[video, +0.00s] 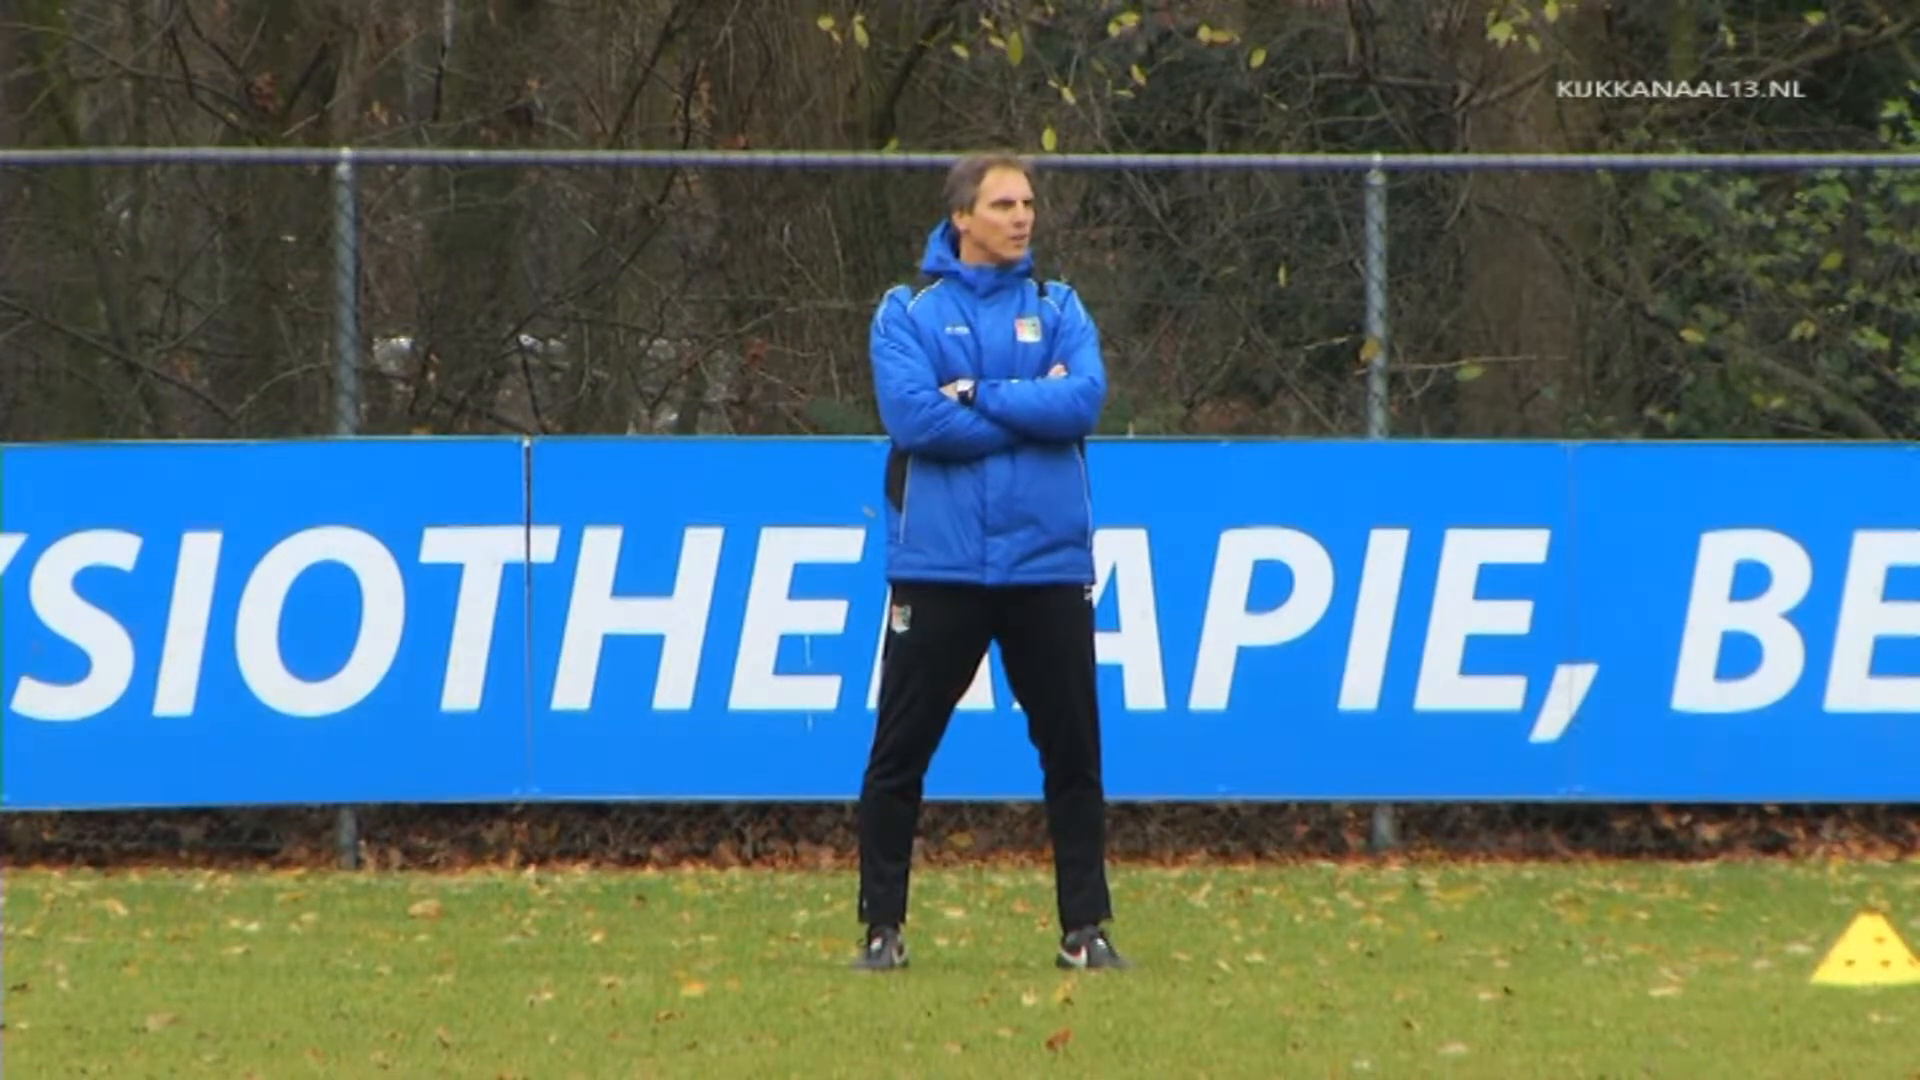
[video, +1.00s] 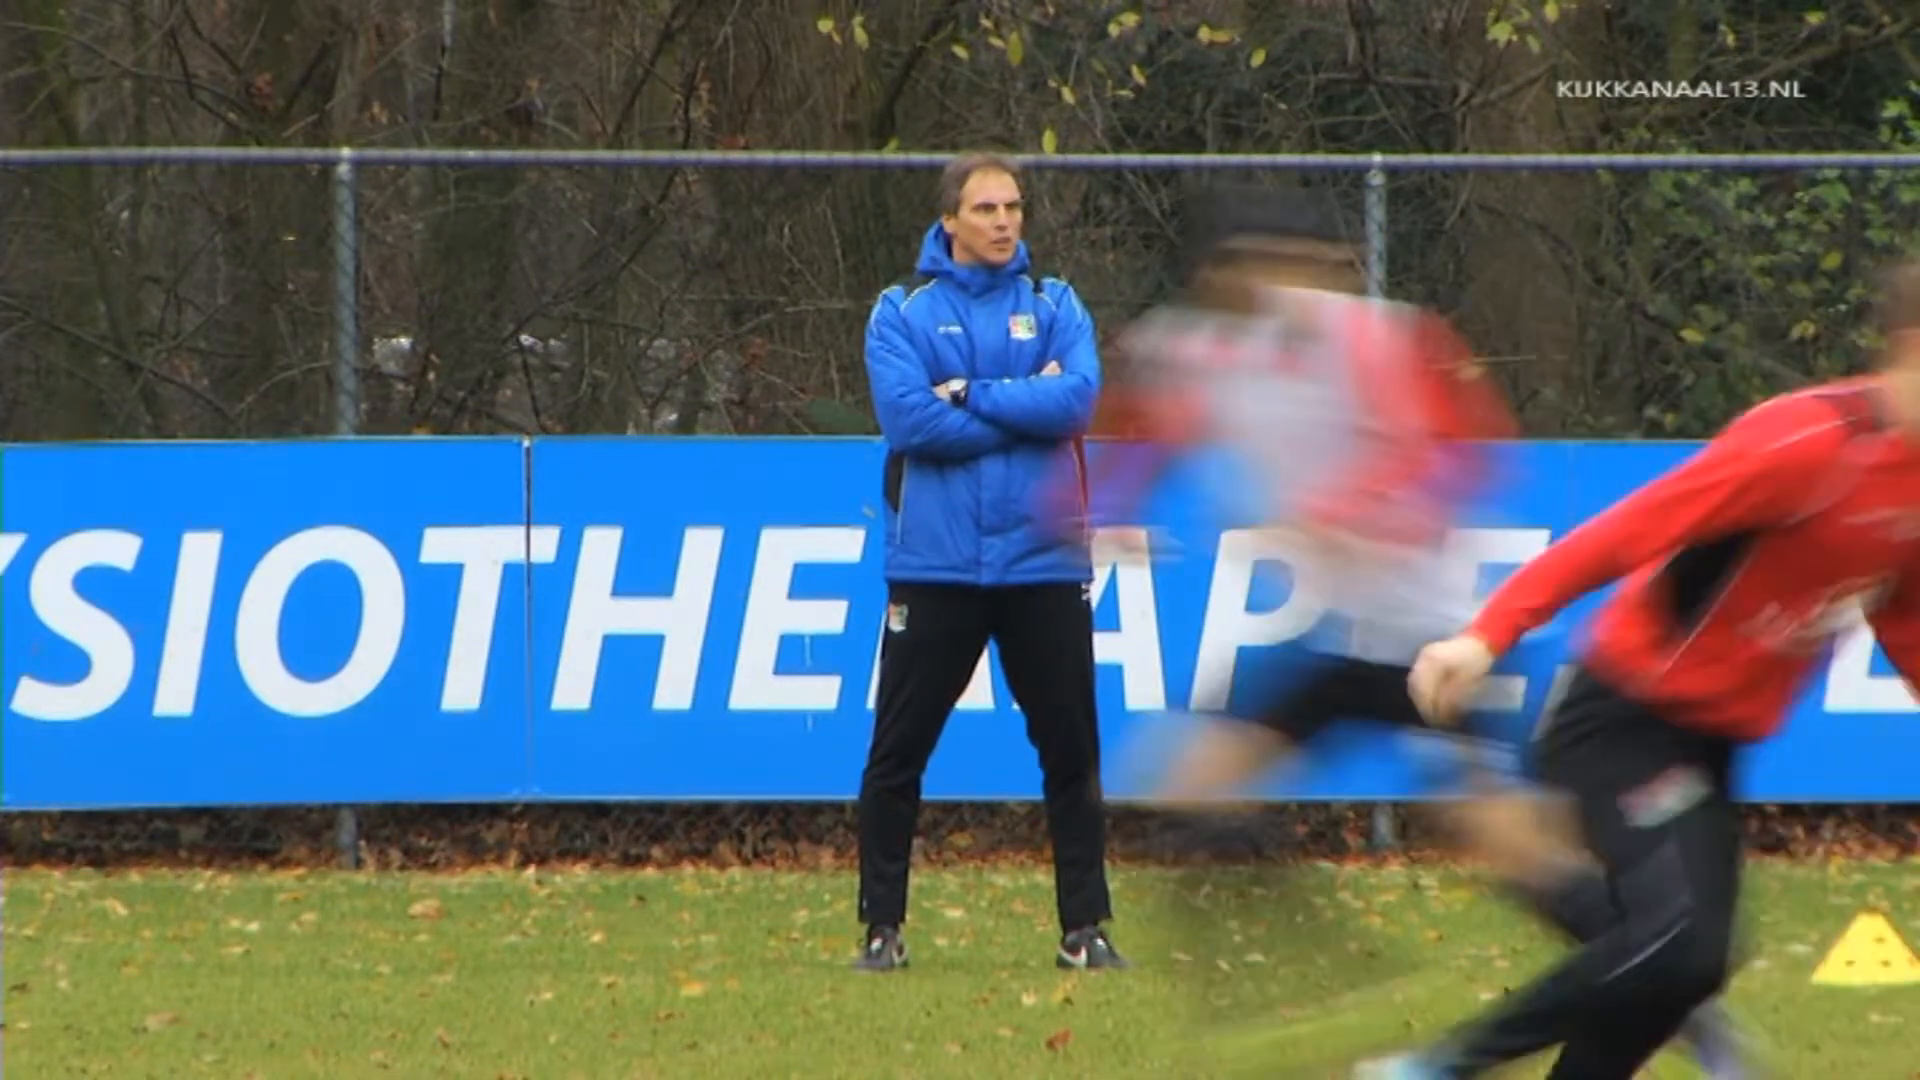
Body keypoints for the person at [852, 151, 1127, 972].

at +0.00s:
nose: (1022, 216)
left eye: (1028, 204)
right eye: (1004, 205)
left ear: (1035, 217)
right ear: (963, 220)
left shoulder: (1059, 305)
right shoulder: (906, 311)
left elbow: (1082, 403)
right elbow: (916, 423)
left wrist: (973, 392)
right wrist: (1026, 413)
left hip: (1050, 567)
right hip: (940, 569)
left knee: (1073, 751)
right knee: (901, 751)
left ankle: (1085, 931)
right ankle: (881, 928)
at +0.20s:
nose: (1017, 218)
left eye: (1023, 206)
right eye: (999, 207)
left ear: (1032, 218)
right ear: (959, 221)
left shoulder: (1058, 305)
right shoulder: (904, 311)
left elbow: (1079, 403)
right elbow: (914, 425)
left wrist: (969, 392)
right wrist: (1024, 414)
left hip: (1049, 567)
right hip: (940, 569)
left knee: (1073, 751)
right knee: (901, 752)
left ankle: (1085, 931)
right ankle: (881, 929)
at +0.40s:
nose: (1012, 220)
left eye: (1020, 207)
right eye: (994, 209)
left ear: (1030, 218)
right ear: (956, 221)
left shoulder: (1058, 305)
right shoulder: (902, 312)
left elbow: (1077, 403)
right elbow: (913, 425)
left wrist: (968, 393)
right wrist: (1023, 414)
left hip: (1049, 568)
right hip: (940, 570)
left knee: (1073, 751)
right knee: (900, 752)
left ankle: (1085, 931)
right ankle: (881, 929)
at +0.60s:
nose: (1009, 221)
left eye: (1018, 208)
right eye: (992, 209)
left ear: (1029, 218)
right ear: (954, 221)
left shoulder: (1057, 305)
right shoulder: (902, 313)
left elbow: (1078, 403)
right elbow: (913, 426)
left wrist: (968, 393)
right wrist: (1023, 413)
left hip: (1048, 567)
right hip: (939, 570)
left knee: (1073, 751)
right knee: (900, 752)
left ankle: (1085, 930)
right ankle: (882, 929)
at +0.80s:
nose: (1007, 221)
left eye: (1016, 208)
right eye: (990, 210)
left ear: (1027, 218)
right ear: (952, 222)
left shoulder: (1056, 305)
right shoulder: (900, 312)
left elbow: (1077, 402)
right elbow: (912, 426)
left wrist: (966, 393)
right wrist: (1022, 414)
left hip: (1047, 567)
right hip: (938, 570)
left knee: (1072, 751)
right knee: (899, 752)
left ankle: (1085, 929)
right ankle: (882, 928)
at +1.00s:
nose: (1003, 221)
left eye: (1012, 208)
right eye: (986, 209)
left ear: (1024, 218)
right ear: (950, 221)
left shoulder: (1057, 305)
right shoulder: (899, 312)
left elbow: (1075, 401)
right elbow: (912, 425)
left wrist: (964, 392)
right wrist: (1023, 413)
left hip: (1045, 567)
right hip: (937, 570)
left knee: (1071, 751)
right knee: (899, 753)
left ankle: (1085, 930)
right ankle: (882, 929)